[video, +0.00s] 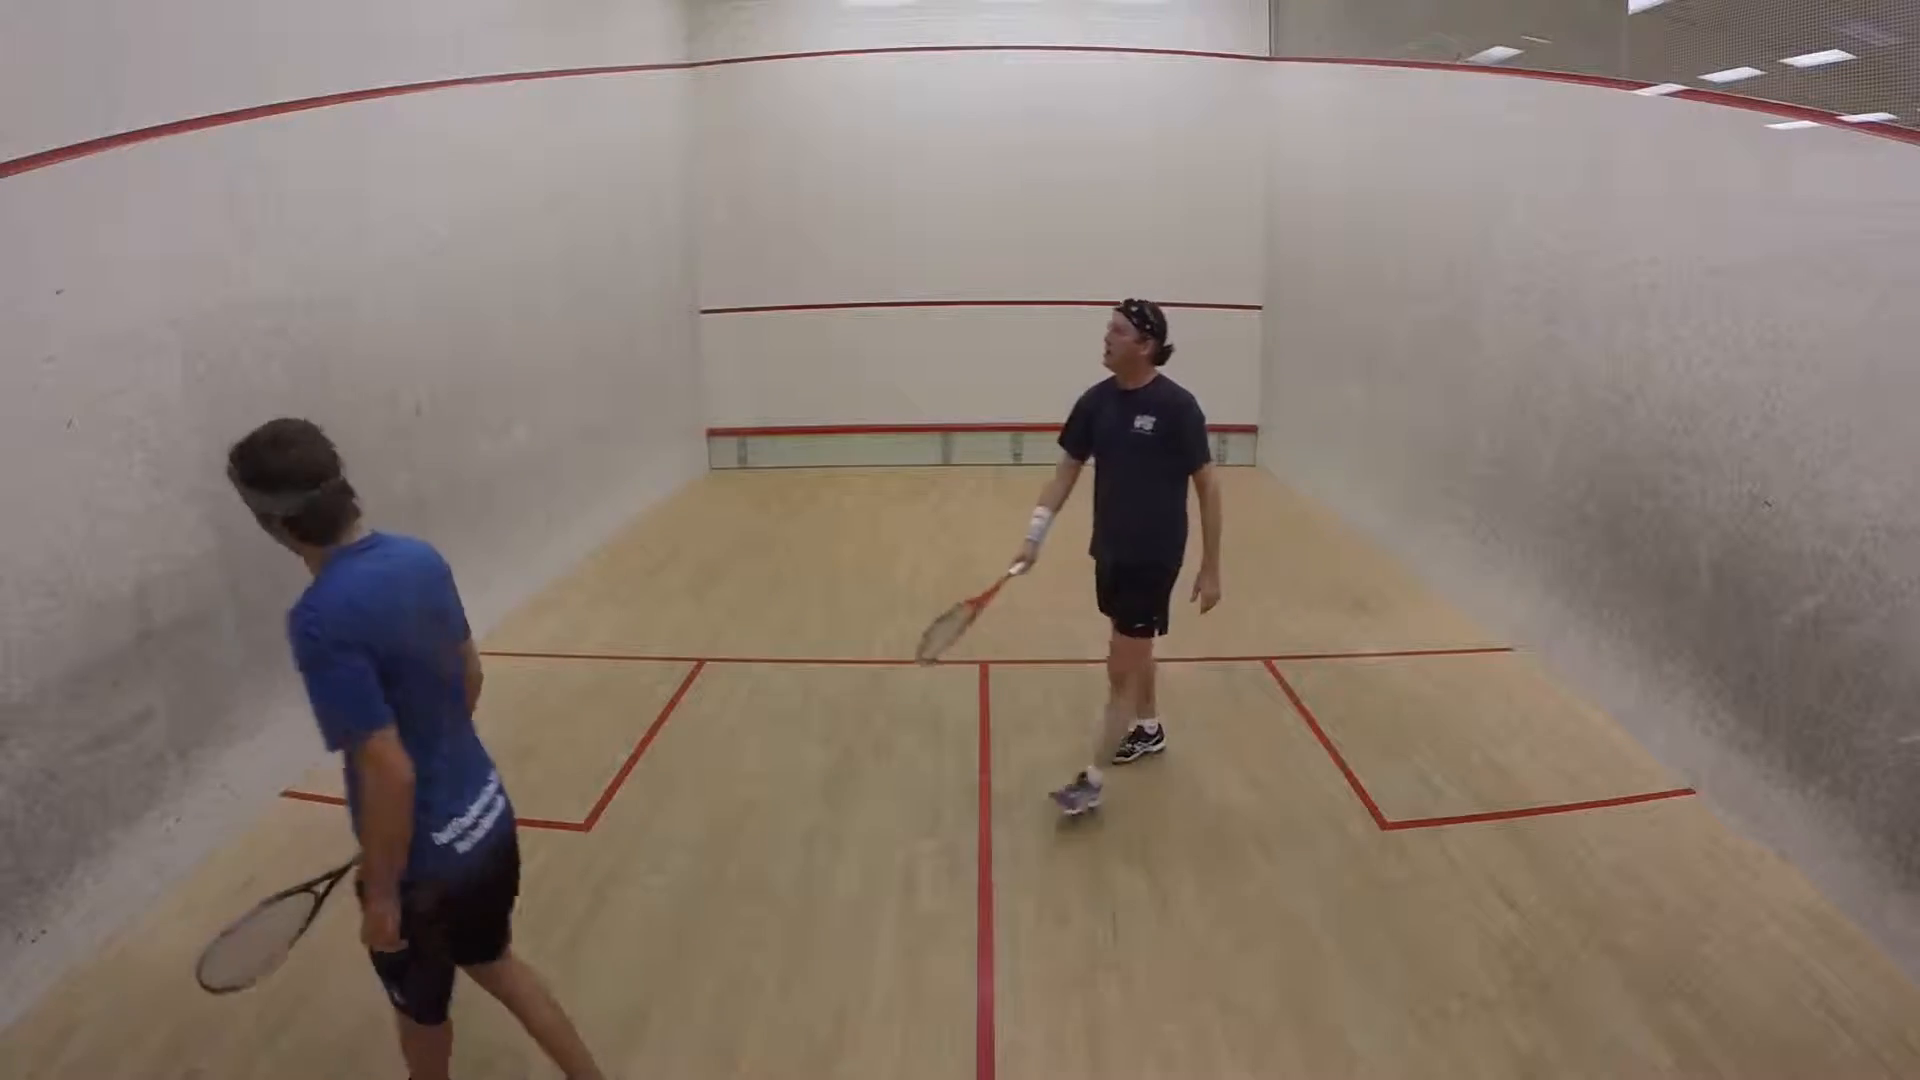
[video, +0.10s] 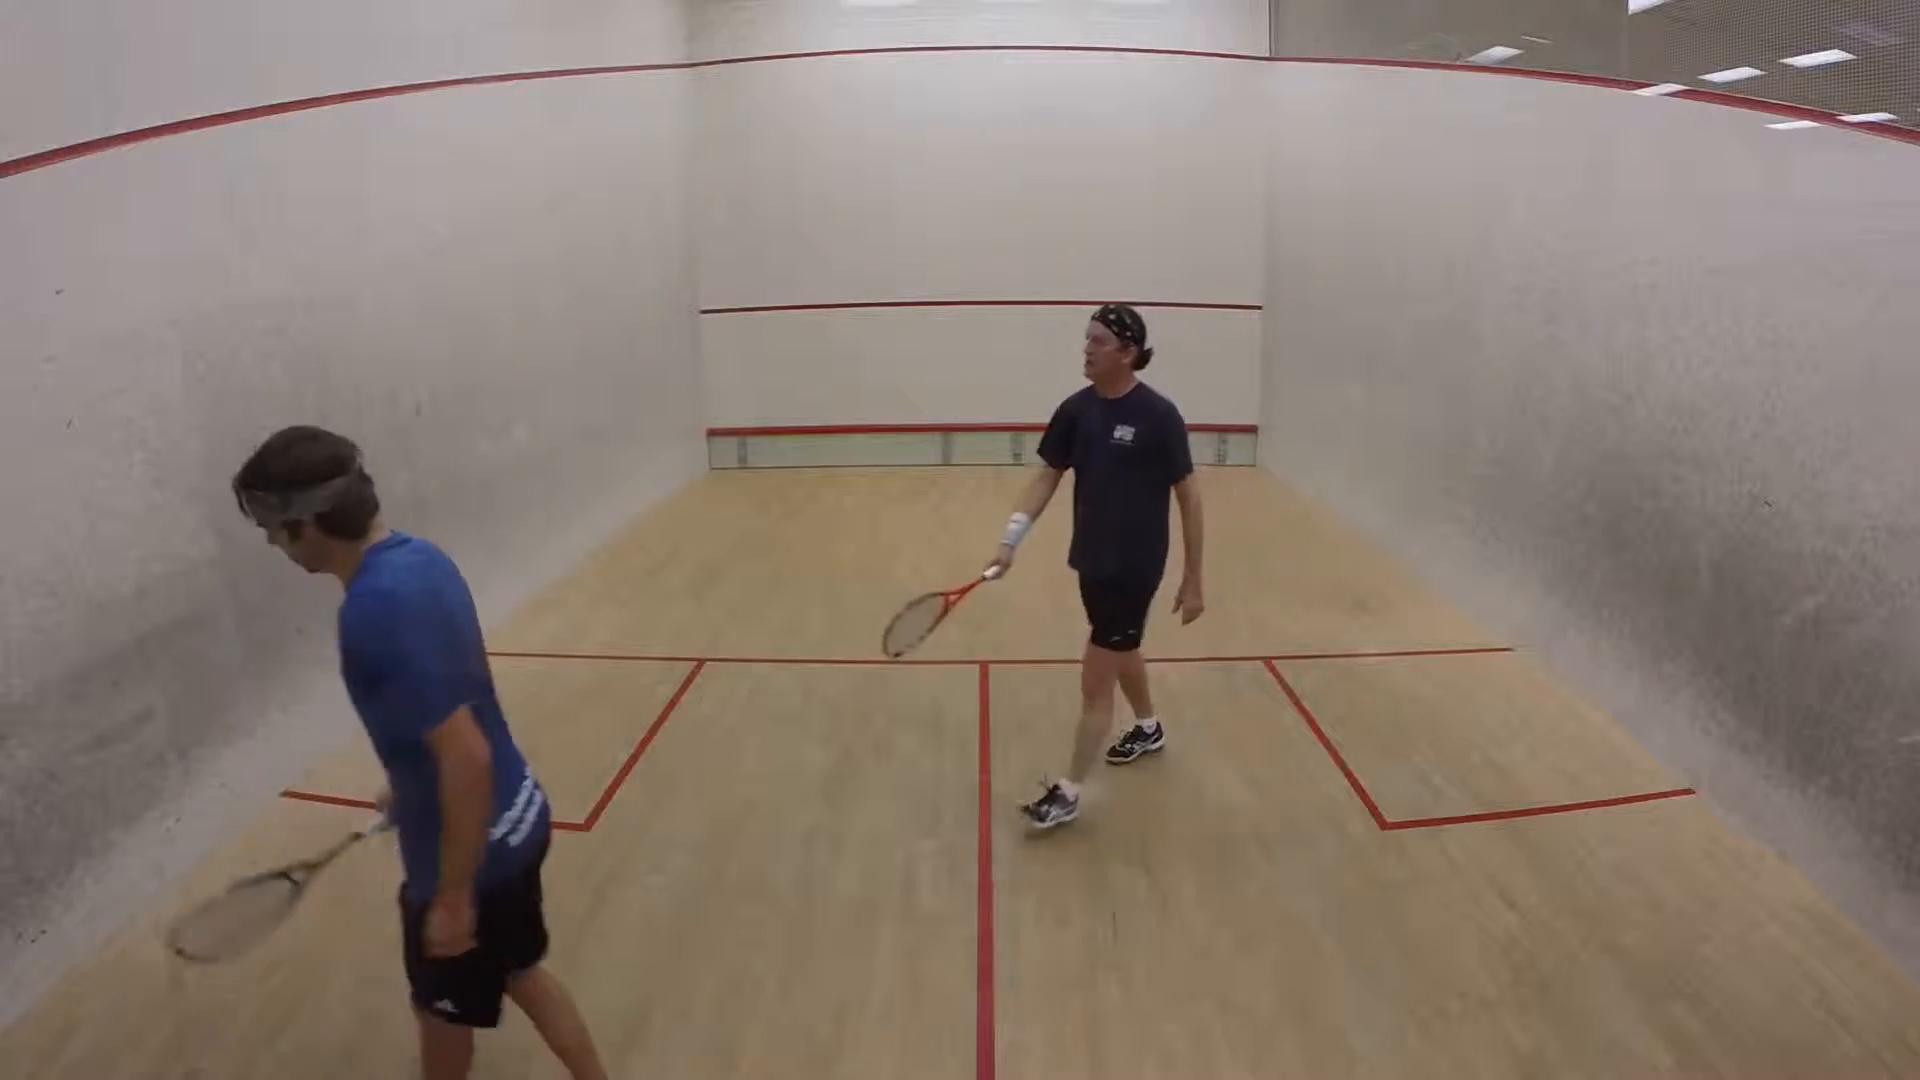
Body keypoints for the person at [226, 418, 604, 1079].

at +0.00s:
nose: (260, 523)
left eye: (258, 512)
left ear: (274, 524)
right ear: (342, 480)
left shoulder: (323, 619)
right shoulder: (417, 557)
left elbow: (388, 771)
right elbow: (467, 677)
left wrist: (381, 894)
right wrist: (420, 761)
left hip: (423, 867)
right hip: (491, 825)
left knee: (423, 1022)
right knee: (491, 957)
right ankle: (587, 1071)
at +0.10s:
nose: (279, 546)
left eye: (277, 532)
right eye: (272, 533)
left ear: (306, 528)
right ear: (356, 493)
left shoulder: (375, 613)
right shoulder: (419, 560)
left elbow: (467, 754)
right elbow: (463, 694)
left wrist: (454, 896)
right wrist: (408, 782)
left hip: (457, 869)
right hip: (515, 824)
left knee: (442, 1021)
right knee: (523, 971)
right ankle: (594, 1073)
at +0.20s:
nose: (289, 543)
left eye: (292, 524)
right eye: (283, 526)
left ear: (338, 512)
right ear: (350, 507)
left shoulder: (417, 598)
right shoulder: (427, 555)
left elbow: (534, 736)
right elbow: (423, 684)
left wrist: (543, 886)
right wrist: (352, 764)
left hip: (483, 858)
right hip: (522, 829)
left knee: (473, 1015)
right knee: (547, 982)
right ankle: (597, 1072)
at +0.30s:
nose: (318, 538)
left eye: (324, 516)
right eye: (313, 518)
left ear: (384, 504)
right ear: (385, 505)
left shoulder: (466, 595)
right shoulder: (424, 568)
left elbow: (584, 726)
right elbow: (394, 673)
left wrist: (628, 878)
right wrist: (295, 751)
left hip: (532, 863)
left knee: (515, 1043)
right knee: (581, 1005)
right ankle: (604, 1077)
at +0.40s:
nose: (360, 541)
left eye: (373, 518)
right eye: (358, 519)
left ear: (442, 501)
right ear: (436, 506)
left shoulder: (525, 604)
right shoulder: (424, 578)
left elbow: (637, 739)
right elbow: (369, 688)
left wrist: (693, 888)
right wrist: (267, 776)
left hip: (581, 877)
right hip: (527, 862)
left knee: (574, 1062)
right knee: (592, 1030)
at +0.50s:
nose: (425, 557)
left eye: (445, 536)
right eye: (419, 534)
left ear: (513, 516)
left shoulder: (590, 610)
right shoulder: (434, 596)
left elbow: (686, 750)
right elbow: (374, 728)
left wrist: (731, 903)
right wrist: (290, 842)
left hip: (620, 889)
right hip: (536, 885)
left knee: (641, 1065)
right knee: (594, 1037)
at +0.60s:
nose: (501, 582)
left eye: (523, 561)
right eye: (486, 556)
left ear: (580, 537)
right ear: (471, 538)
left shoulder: (661, 618)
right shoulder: (461, 627)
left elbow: (741, 738)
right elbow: (405, 765)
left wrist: (758, 901)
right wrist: (350, 906)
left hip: (670, 908)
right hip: (561, 906)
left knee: (693, 1070)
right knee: (572, 1045)